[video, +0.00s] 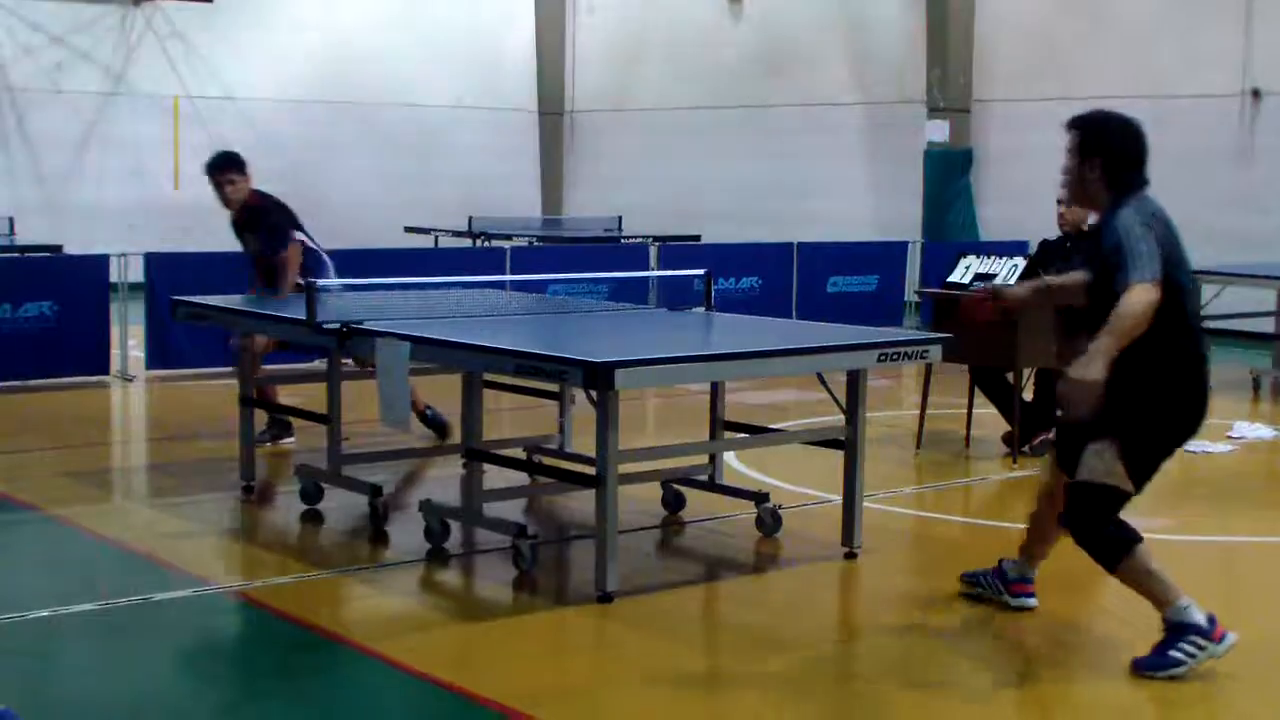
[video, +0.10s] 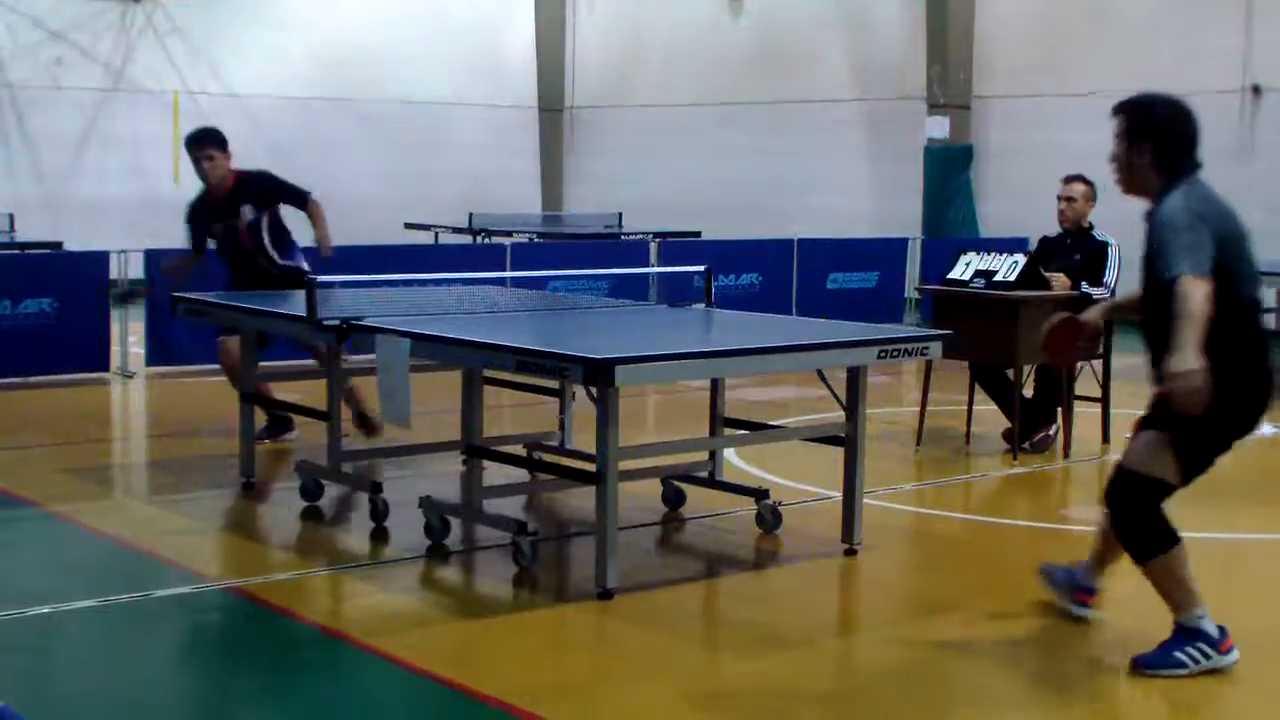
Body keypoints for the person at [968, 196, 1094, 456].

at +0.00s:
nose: (1061, 211)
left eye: (1068, 205)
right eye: (1059, 205)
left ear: (1086, 211)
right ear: (1056, 210)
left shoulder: (1096, 245)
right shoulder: (1049, 248)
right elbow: (1023, 286)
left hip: (1078, 332)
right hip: (1037, 329)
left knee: (1051, 367)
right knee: (982, 368)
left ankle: (1029, 428)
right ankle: (1035, 426)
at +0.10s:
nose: (1062, 206)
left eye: (1070, 201)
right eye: (1059, 200)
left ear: (1089, 206)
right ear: (1056, 203)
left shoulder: (1104, 246)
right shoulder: (1046, 244)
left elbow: (1107, 293)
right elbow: (1024, 284)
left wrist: (1073, 288)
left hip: (1079, 327)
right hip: (1037, 324)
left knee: (1053, 363)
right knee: (982, 364)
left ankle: (1029, 427)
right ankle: (1037, 424)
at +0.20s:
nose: (1062, 200)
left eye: (1070, 194)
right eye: (1059, 193)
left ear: (1090, 200)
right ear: (1056, 196)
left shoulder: (1105, 240)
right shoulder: (1047, 237)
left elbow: (1106, 286)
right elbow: (1023, 278)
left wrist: (1074, 281)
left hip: (1081, 324)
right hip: (1040, 321)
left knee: (1054, 355)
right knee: (982, 356)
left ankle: (1028, 421)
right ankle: (1038, 418)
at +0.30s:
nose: (1063, 196)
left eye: (1071, 190)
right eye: (1060, 189)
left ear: (1090, 196)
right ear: (1056, 192)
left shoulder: (1105, 236)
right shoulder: (1047, 233)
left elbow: (1106, 282)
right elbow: (1023, 274)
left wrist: (1074, 277)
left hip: (1080, 322)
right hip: (1039, 318)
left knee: (1053, 353)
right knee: (982, 352)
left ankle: (1028, 417)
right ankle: (1038, 414)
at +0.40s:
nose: (1065, 194)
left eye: (1073, 188)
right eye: (1062, 188)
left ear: (1091, 194)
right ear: (1057, 192)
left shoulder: (1105, 235)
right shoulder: (1047, 232)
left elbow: (1106, 281)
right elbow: (1023, 272)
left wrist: (1074, 275)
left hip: (1080, 321)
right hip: (1039, 317)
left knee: (1053, 352)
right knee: (982, 351)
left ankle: (1028, 416)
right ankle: (1038, 413)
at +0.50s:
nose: (1068, 194)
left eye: (1076, 188)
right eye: (1063, 188)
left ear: (1092, 194)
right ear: (1059, 191)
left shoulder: (1106, 234)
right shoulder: (1048, 231)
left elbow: (1106, 280)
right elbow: (1022, 272)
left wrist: (1074, 275)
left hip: (1080, 320)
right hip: (1039, 316)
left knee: (1054, 349)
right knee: (983, 351)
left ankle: (1030, 414)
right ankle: (1039, 412)